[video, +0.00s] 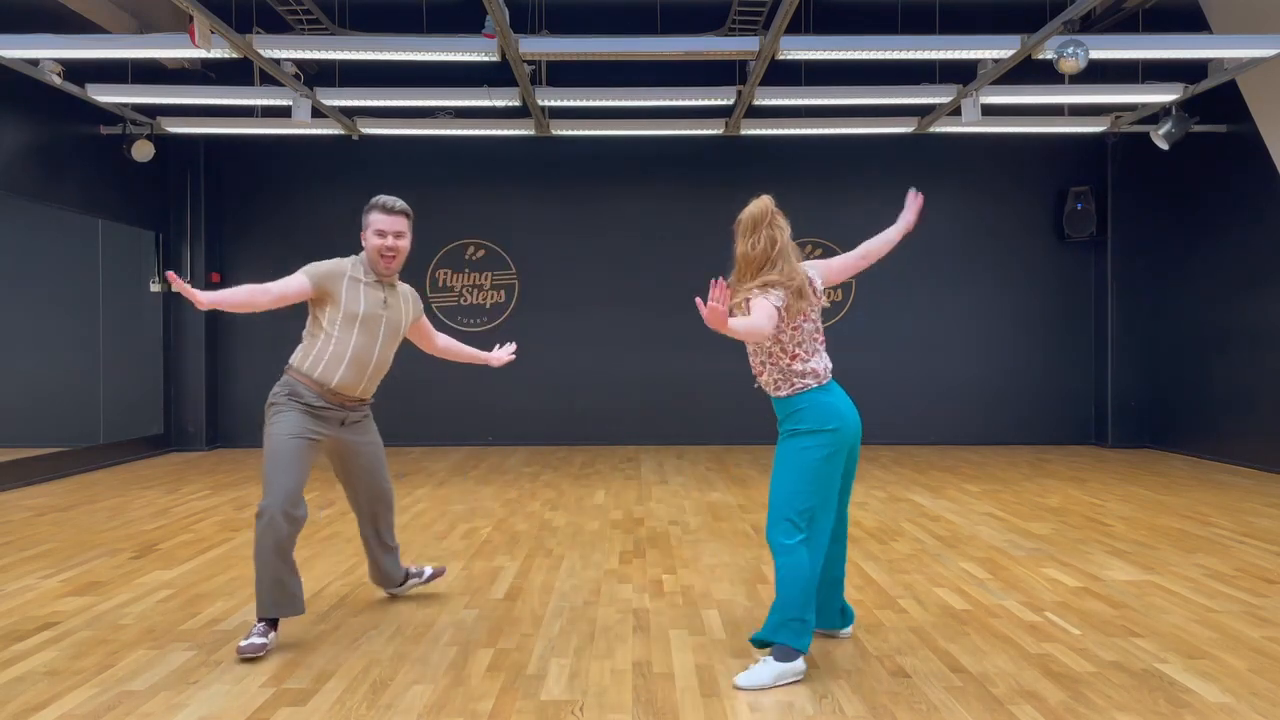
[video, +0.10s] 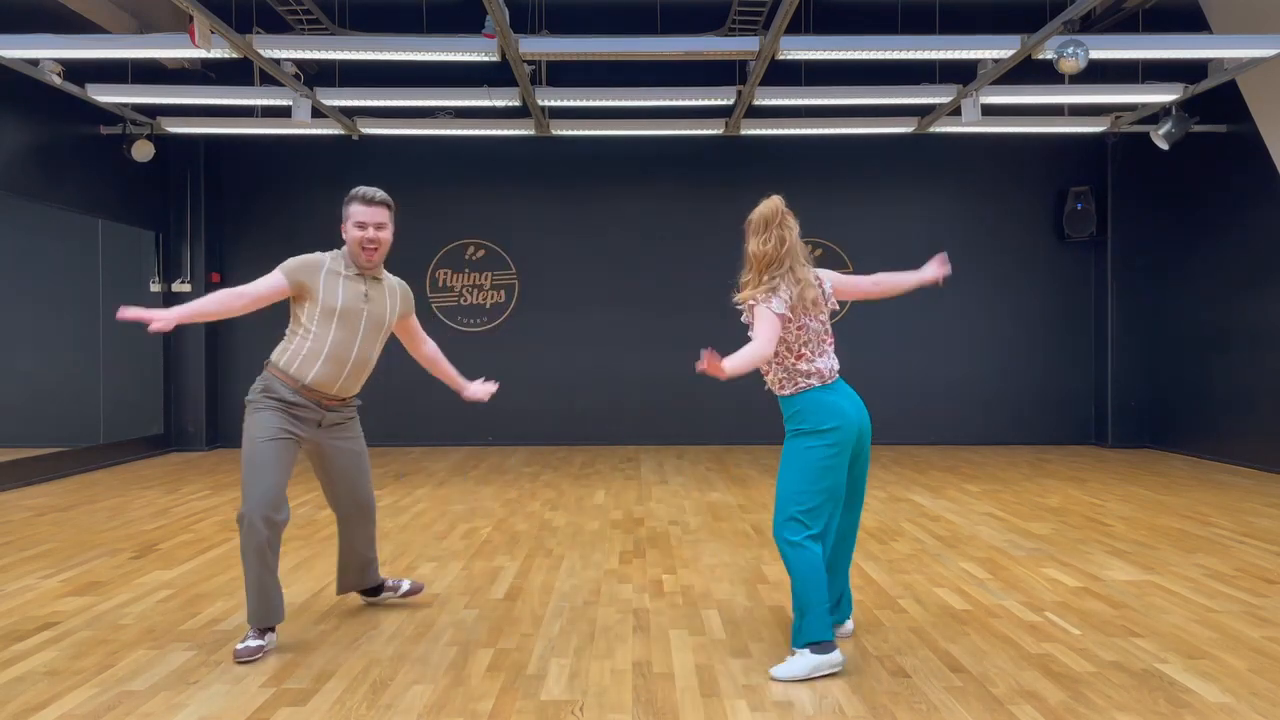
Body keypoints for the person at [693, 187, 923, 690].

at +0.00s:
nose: (738, 248)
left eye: (740, 240)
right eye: (746, 240)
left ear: (745, 244)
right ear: (785, 239)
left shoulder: (764, 289)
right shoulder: (808, 273)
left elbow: (762, 327)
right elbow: (859, 257)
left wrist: (721, 324)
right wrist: (903, 225)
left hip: (809, 422)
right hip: (837, 414)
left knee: (788, 530)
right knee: (828, 522)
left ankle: (788, 652)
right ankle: (830, 613)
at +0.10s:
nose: (748, 247)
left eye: (749, 240)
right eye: (753, 238)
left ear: (755, 243)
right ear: (794, 240)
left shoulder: (765, 294)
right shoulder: (818, 279)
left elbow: (763, 346)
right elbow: (873, 284)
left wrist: (724, 368)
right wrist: (926, 274)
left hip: (814, 419)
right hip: (848, 410)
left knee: (794, 529)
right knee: (838, 523)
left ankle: (817, 648)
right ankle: (837, 616)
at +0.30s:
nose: (770, 244)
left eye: (769, 237)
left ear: (769, 242)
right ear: (812, 239)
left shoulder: (763, 296)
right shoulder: (838, 287)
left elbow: (764, 373)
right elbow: (848, 354)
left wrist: (764, 421)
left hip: (807, 409)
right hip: (853, 400)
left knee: (808, 525)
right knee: (851, 514)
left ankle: (871, 612)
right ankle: (842, 608)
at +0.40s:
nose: (778, 239)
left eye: (773, 232)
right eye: (803, 230)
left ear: (771, 236)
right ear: (815, 234)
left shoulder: (761, 287)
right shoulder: (837, 280)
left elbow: (757, 357)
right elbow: (846, 323)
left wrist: (747, 361)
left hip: (800, 406)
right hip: (850, 397)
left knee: (795, 513)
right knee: (850, 509)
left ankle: (861, 557)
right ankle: (845, 612)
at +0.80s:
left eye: (745, 258)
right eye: (779, 257)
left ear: (744, 262)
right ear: (785, 260)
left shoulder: (730, 311)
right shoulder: (806, 306)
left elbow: (700, 366)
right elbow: (844, 356)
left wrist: (679, 393)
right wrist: (888, 393)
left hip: (736, 415)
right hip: (786, 415)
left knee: (707, 492)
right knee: (809, 508)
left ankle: (667, 563)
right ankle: (827, 604)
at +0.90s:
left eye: (730, 252)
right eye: (757, 250)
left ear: (722, 257)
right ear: (761, 255)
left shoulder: (703, 300)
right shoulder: (777, 297)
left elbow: (652, 317)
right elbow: (827, 305)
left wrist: (608, 316)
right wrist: (880, 295)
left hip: (701, 405)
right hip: (748, 408)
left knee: (673, 485)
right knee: (782, 501)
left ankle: (634, 556)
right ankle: (821, 593)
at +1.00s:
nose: (735, 254)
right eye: (734, 249)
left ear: (694, 254)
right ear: (731, 255)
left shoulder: (673, 292)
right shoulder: (742, 298)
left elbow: (625, 287)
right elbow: (782, 285)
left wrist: (588, 271)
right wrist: (815, 264)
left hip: (663, 397)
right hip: (707, 401)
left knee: (648, 486)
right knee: (739, 491)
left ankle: (627, 567)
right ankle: (782, 580)